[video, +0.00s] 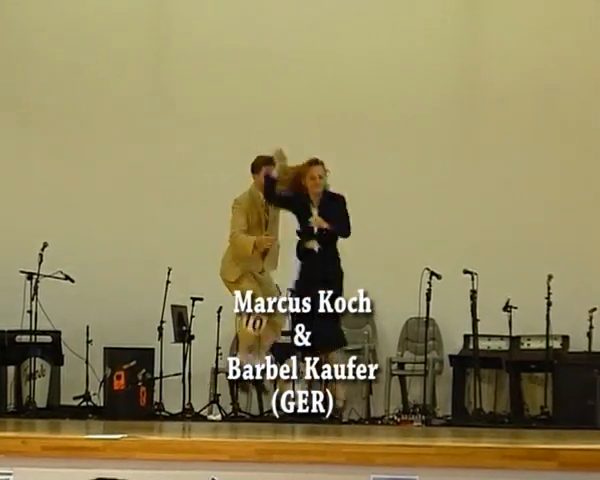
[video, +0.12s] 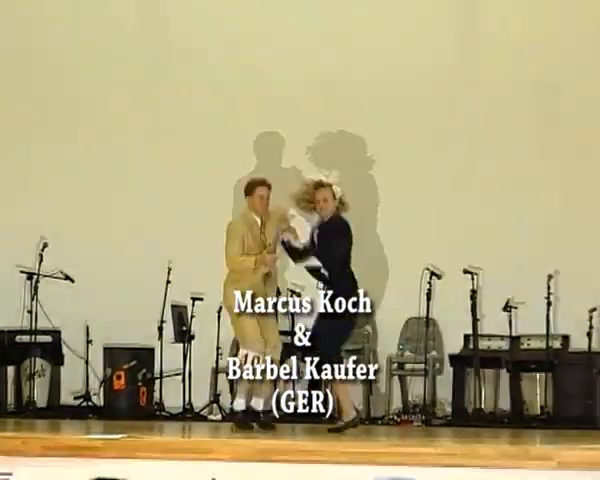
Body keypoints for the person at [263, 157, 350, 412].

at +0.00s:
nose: (317, 182)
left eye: (320, 177)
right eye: (312, 178)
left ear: (325, 178)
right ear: (303, 180)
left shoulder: (335, 200)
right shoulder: (299, 201)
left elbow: (345, 231)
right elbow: (271, 197)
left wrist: (325, 224)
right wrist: (273, 173)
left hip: (330, 266)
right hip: (307, 265)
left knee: (326, 323)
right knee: (305, 320)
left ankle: (332, 387)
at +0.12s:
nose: (322, 205)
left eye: (326, 200)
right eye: (318, 201)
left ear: (335, 200)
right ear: (313, 203)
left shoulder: (340, 226)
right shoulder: (319, 228)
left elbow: (333, 262)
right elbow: (301, 256)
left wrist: (310, 248)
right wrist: (288, 241)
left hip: (344, 298)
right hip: (332, 297)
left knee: (326, 349)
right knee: (322, 349)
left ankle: (348, 410)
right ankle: (344, 409)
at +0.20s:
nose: (324, 225)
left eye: (327, 220)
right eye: (323, 221)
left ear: (339, 219)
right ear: (323, 223)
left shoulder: (342, 248)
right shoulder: (340, 247)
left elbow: (325, 277)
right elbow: (325, 276)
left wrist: (294, 272)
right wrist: (295, 272)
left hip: (356, 315)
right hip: (355, 314)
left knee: (329, 364)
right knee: (337, 365)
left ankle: (350, 418)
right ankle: (356, 416)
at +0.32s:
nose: (332, 237)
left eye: (336, 233)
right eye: (333, 233)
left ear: (348, 234)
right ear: (350, 235)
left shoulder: (349, 258)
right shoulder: (359, 256)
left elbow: (323, 284)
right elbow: (325, 283)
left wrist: (291, 291)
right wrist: (293, 291)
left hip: (373, 324)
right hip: (381, 323)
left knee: (331, 364)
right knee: (355, 367)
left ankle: (350, 418)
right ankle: (359, 418)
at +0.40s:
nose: (341, 234)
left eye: (344, 230)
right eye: (341, 230)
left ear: (356, 231)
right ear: (360, 232)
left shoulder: (353, 256)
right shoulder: (372, 255)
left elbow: (326, 275)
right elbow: (356, 290)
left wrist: (298, 283)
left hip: (380, 320)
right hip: (392, 320)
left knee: (339, 361)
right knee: (352, 362)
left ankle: (349, 419)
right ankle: (357, 418)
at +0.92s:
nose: (348, 215)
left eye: (351, 211)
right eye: (349, 211)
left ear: (361, 213)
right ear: (366, 214)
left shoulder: (357, 237)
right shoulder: (370, 236)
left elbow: (338, 266)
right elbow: (360, 269)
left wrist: (315, 268)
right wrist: (332, 273)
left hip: (366, 304)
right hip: (379, 303)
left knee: (336, 359)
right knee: (371, 360)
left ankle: (341, 415)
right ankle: (381, 418)